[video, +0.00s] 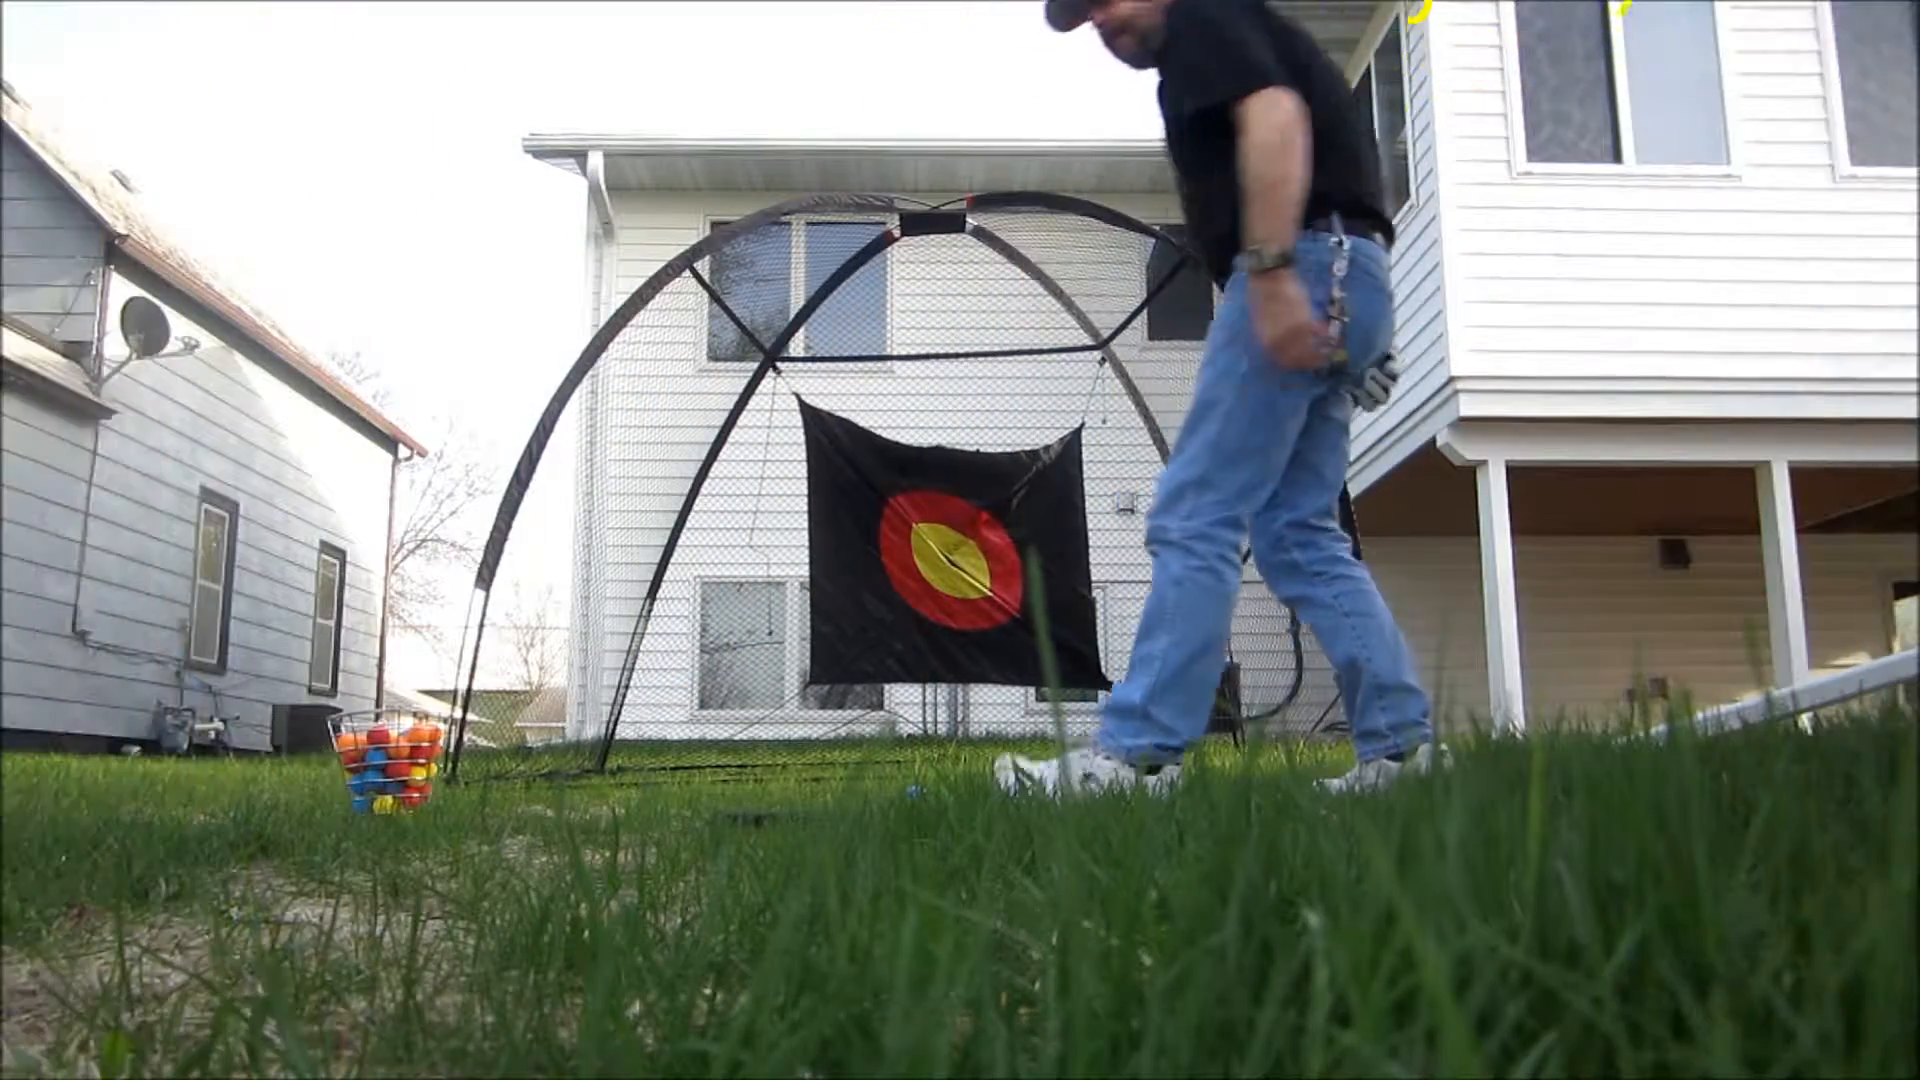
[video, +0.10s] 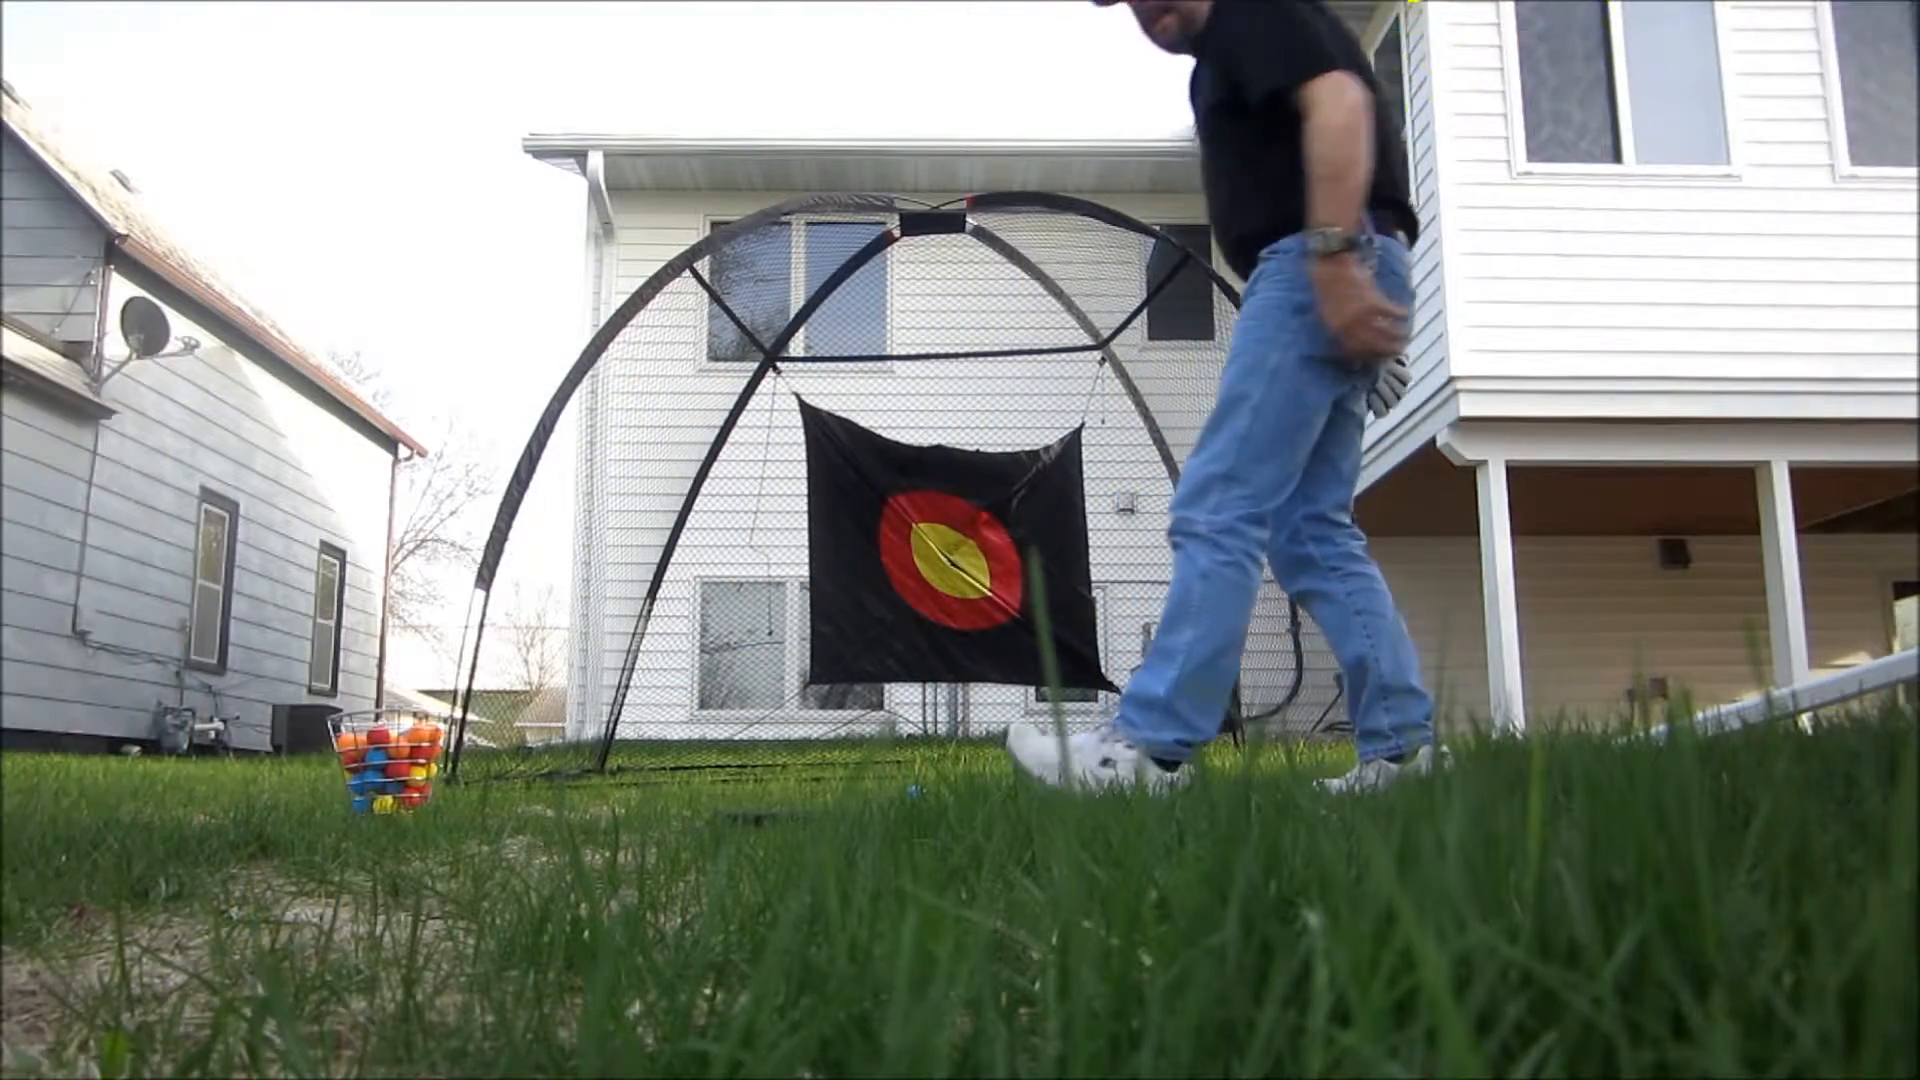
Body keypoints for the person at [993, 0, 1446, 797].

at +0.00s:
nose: (1099, 33)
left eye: (1100, 13)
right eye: (1089, 25)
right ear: (1122, 14)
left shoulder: (1204, 19)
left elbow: (1276, 115)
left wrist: (1268, 275)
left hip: (1296, 269)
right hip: (1345, 274)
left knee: (1196, 519)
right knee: (1296, 532)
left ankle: (1137, 751)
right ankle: (1401, 745)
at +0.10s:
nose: (1141, 14)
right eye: (1131, 7)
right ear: (1153, 13)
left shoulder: (1256, 15)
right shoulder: (1223, 57)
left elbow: (1339, 99)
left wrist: (1332, 258)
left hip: (1310, 266)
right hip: (1348, 268)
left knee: (1219, 511)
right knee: (1310, 529)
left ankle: (1151, 744)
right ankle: (1401, 747)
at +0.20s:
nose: (1193, 5)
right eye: (1188, 1)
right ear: (1214, 7)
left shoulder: (1304, 7)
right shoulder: (1256, 50)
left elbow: (1405, 86)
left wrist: (1414, 240)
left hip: (1342, 255)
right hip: (1344, 260)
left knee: (1250, 486)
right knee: (1330, 521)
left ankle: (1205, 735)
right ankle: (1400, 747)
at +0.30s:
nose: (1222, 2)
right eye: (1221, 2)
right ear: (1247, 4)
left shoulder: (1341, 4)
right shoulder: (1277, 40)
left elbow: (1437, 86)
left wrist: (1447, 238)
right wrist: (1434, 270)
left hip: (1362, 242)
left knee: (1270, 477)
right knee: (1350, 507)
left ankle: (1287, 734)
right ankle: (1400, 745)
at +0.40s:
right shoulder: (1296, 24)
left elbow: (1464, 83)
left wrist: (1462, 236)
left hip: (1375, 229)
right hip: (1357, 238)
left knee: (1295, 475)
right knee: (1364, 498)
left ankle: (1380, 724)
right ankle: (1405, 725)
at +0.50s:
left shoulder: (1403, 0)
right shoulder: (1318, 22)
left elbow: (1484, 77)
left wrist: (1473, 234)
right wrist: (1319, 257)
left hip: (1389, 227)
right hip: (1346, 246)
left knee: (1363, 489)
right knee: (1357, 506)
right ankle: (1403, 749)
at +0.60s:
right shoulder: (1331, 18)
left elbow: (1493, 79)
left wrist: (1477, 232)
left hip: (1401, 230)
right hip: (1347, 249)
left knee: (1414, 490)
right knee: (1358, 512)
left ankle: (1588, 704)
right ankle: (1403, 748)